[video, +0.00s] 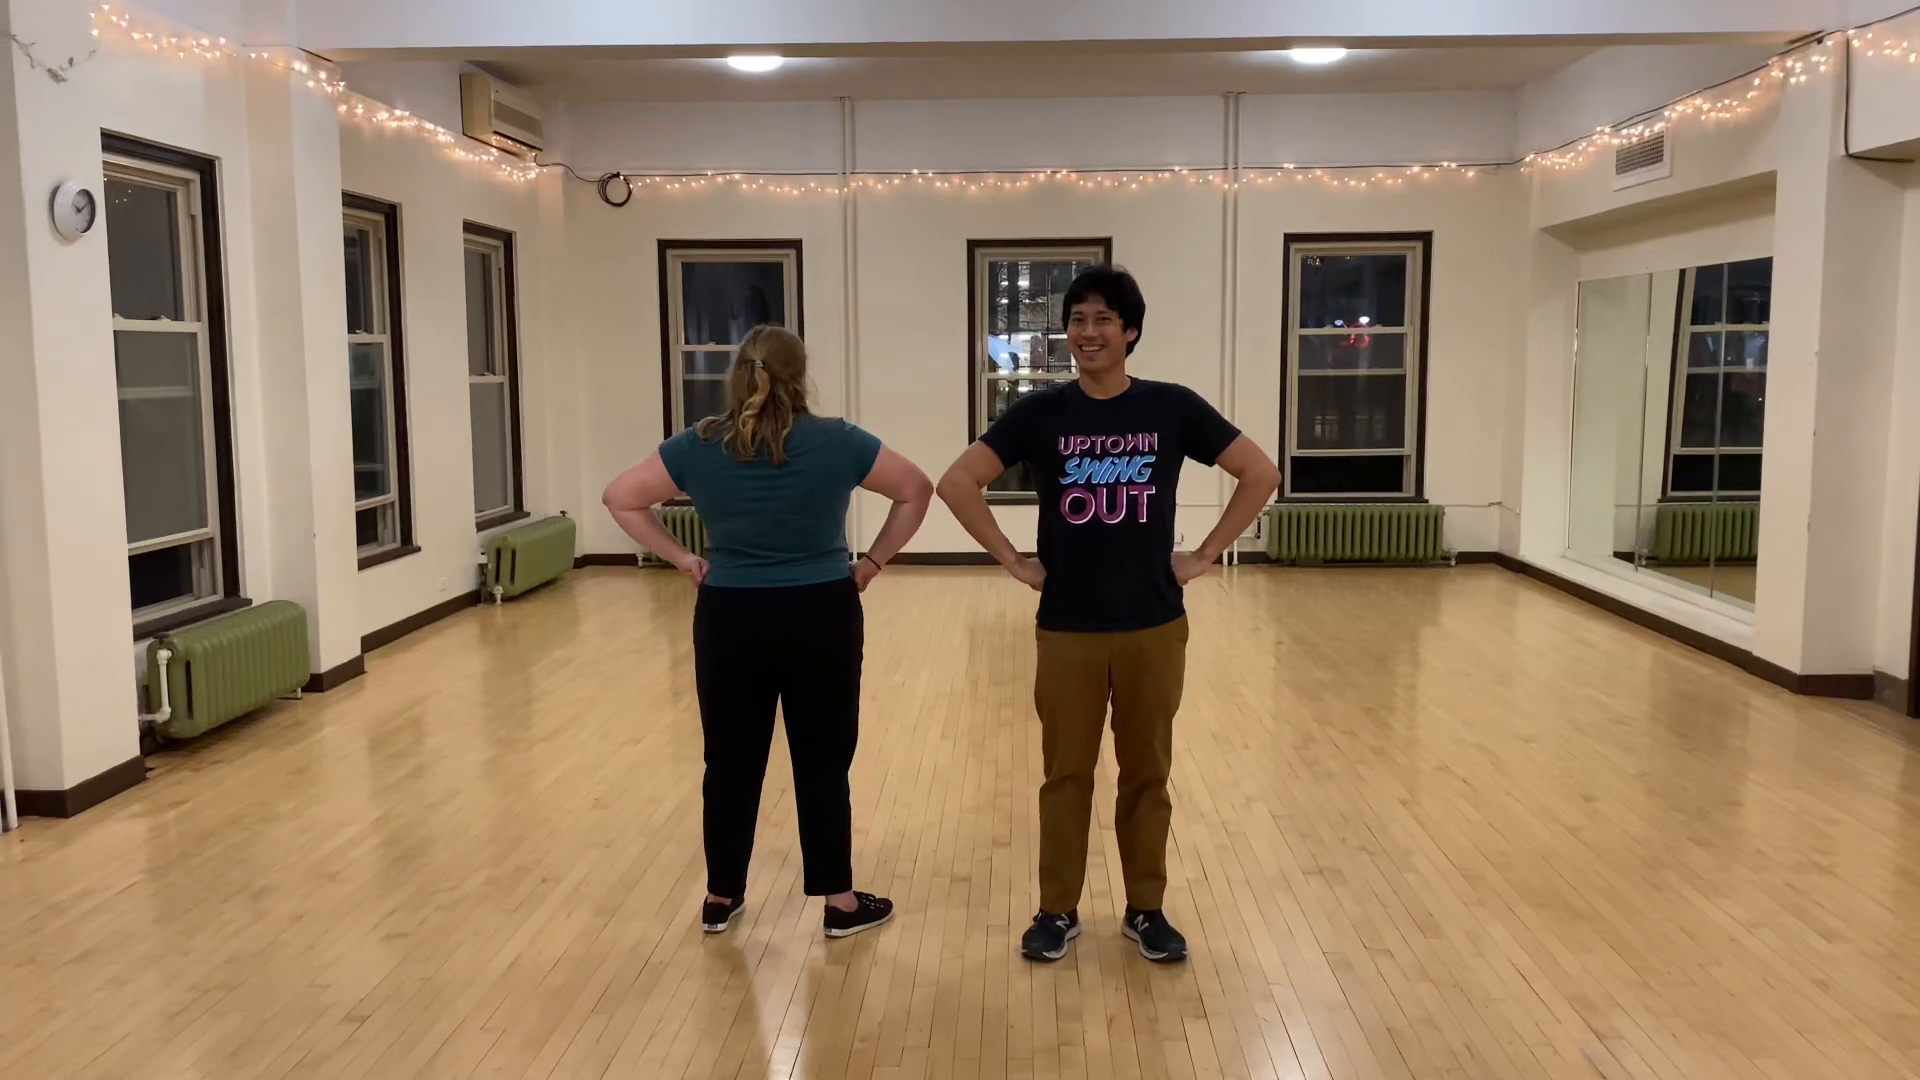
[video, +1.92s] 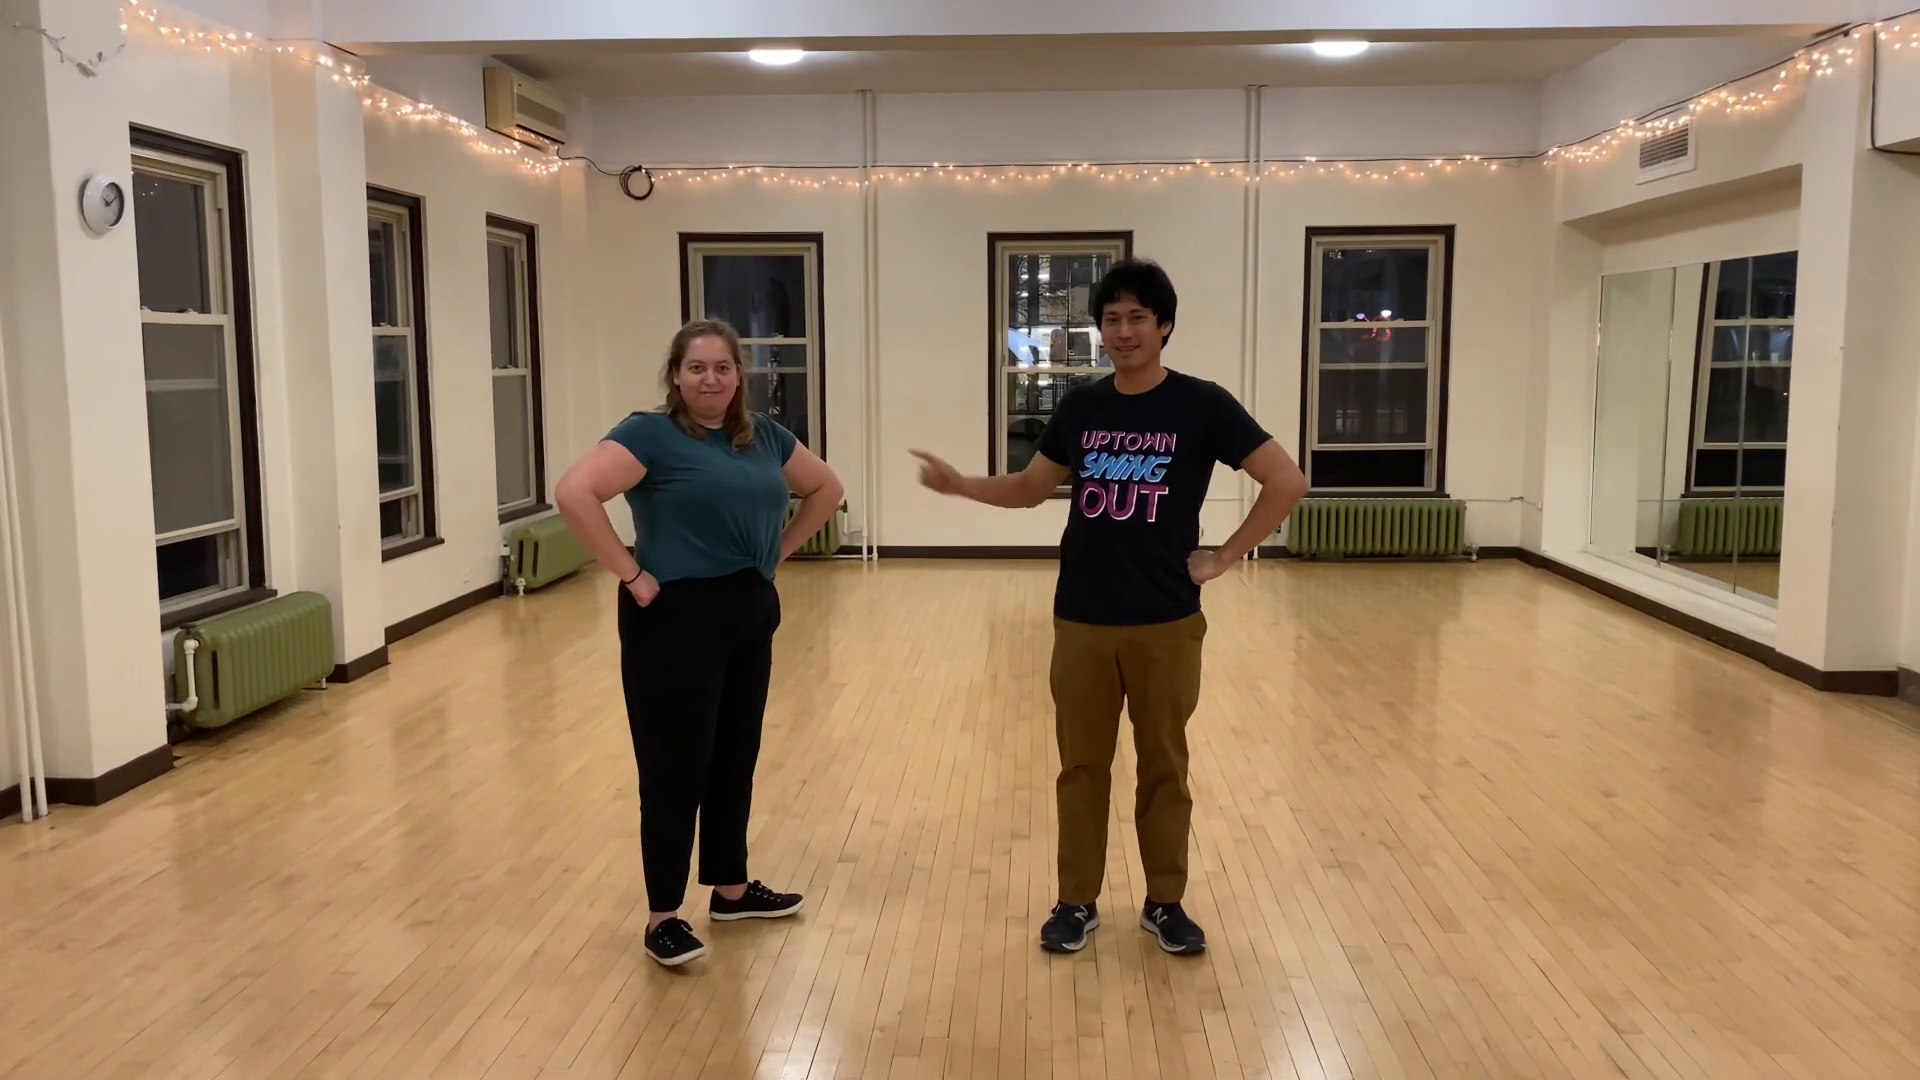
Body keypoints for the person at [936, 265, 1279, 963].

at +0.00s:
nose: (1088, 332)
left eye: (1103, 320)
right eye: (1078, 320)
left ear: (1130, 332)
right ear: (1065, 331)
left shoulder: (1172, 407)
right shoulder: (1040, 414)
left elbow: (1262, 474)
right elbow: (956, 483)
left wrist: (1202, 555)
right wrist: (1013, 559)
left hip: (1154, 620)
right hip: (1068, 623)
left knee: (1147, 774)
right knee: (1067, 774)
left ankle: (1146, 910)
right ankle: (1056, 912)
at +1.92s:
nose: (1124, 330)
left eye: (1138, 318)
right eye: (1112, 319)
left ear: (1165, 326)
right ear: (1099, 329)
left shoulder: (1203, 405)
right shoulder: (1079, 408)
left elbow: (1287, 481)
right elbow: (1029, 487)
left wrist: (1226, 554)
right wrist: (959, 484)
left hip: (1167, 620)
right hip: (1083, 619)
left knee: (1164, 767)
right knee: (1081, 766)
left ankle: (1164, 902)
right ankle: (1076, 901)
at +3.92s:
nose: (1093, 345)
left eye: (1108, 331)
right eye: (1084, 332)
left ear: (1137, 337)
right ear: (1074, 340)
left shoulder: (1187, 402)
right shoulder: (1067, 417)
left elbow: (1278, 466)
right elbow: (1066, 517)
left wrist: (1231, 554)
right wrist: (1043, 433)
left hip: (1175, 617)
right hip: (1091, 620)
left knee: (1164, 773)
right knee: (1079, 771)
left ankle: (1152, 906)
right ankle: (1062, 906)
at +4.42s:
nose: (1108, 340)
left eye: (1121, 326)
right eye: (1096, 329)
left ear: (1151, 333)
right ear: (1087, 342)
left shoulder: (1198, 402)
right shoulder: (1074, 428)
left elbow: (1260, 480)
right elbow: (1066, 547)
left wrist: (1259, 571)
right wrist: (1070, 519)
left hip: (1197, 620)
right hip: (1117, 626)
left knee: (1170, 771)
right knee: (1096, 771)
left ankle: (1149, 905)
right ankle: (1062, 904)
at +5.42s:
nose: (1045, 338)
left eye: (1058, 328)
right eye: (1044, 326)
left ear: (1098, 334)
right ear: (1055, 332)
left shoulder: (1154, 409)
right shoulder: (1037, 408)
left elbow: (1179, 518)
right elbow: (1010, 504)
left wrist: (1164, 610)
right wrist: (998, 592)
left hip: (1138, 607)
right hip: (1059, 607)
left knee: (1148, 754)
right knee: (1064, 743)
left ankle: (1154, 895)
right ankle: (1070, 861)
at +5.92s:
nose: (1097, 333)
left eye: (1110, 321)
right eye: (1088, 322)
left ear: (1140, 327)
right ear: (1078, 330)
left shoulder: (1182, 402)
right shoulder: (1062, 406)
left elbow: (1201, 507)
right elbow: (1040, 505)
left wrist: (1180, 594)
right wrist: (1044, 596)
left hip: (1158, 601)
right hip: (1078, 601)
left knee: (1177, 733)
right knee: (1074, 735)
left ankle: (1195, 855)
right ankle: (1069, 857)